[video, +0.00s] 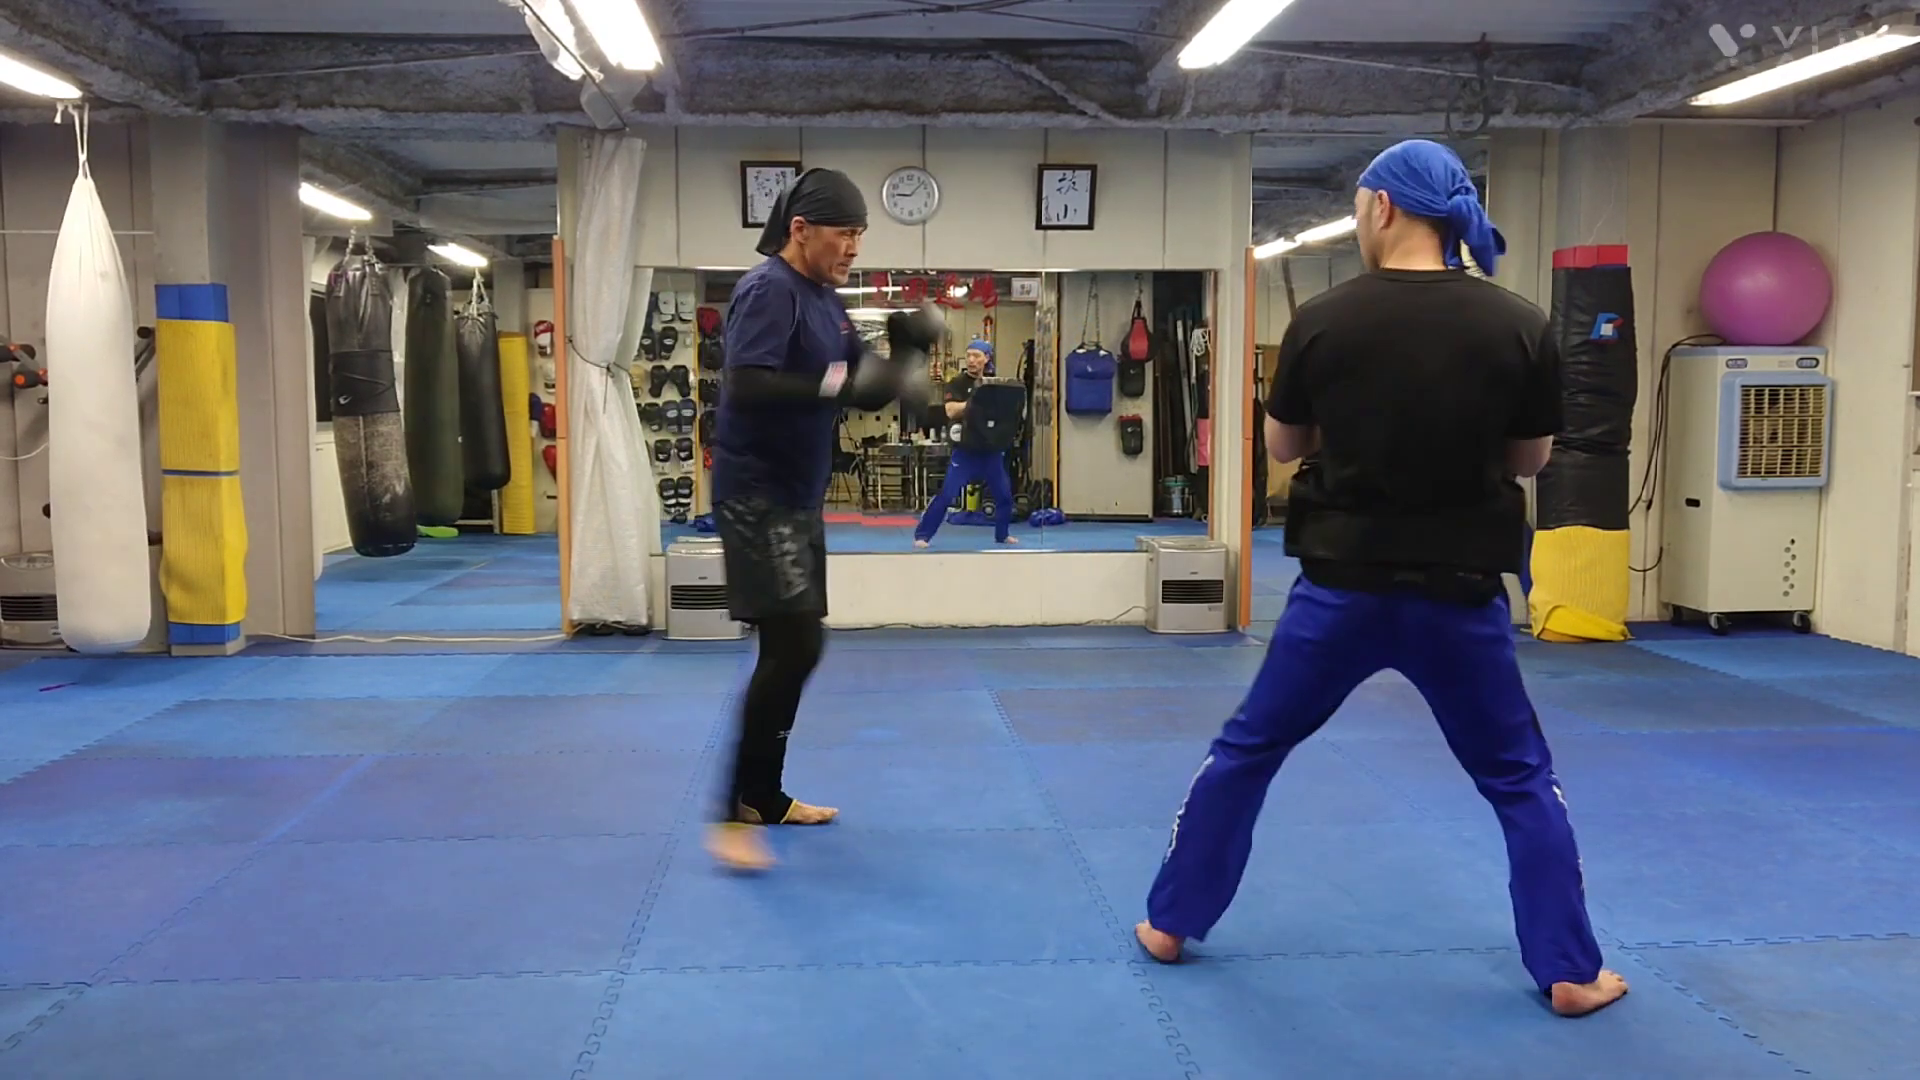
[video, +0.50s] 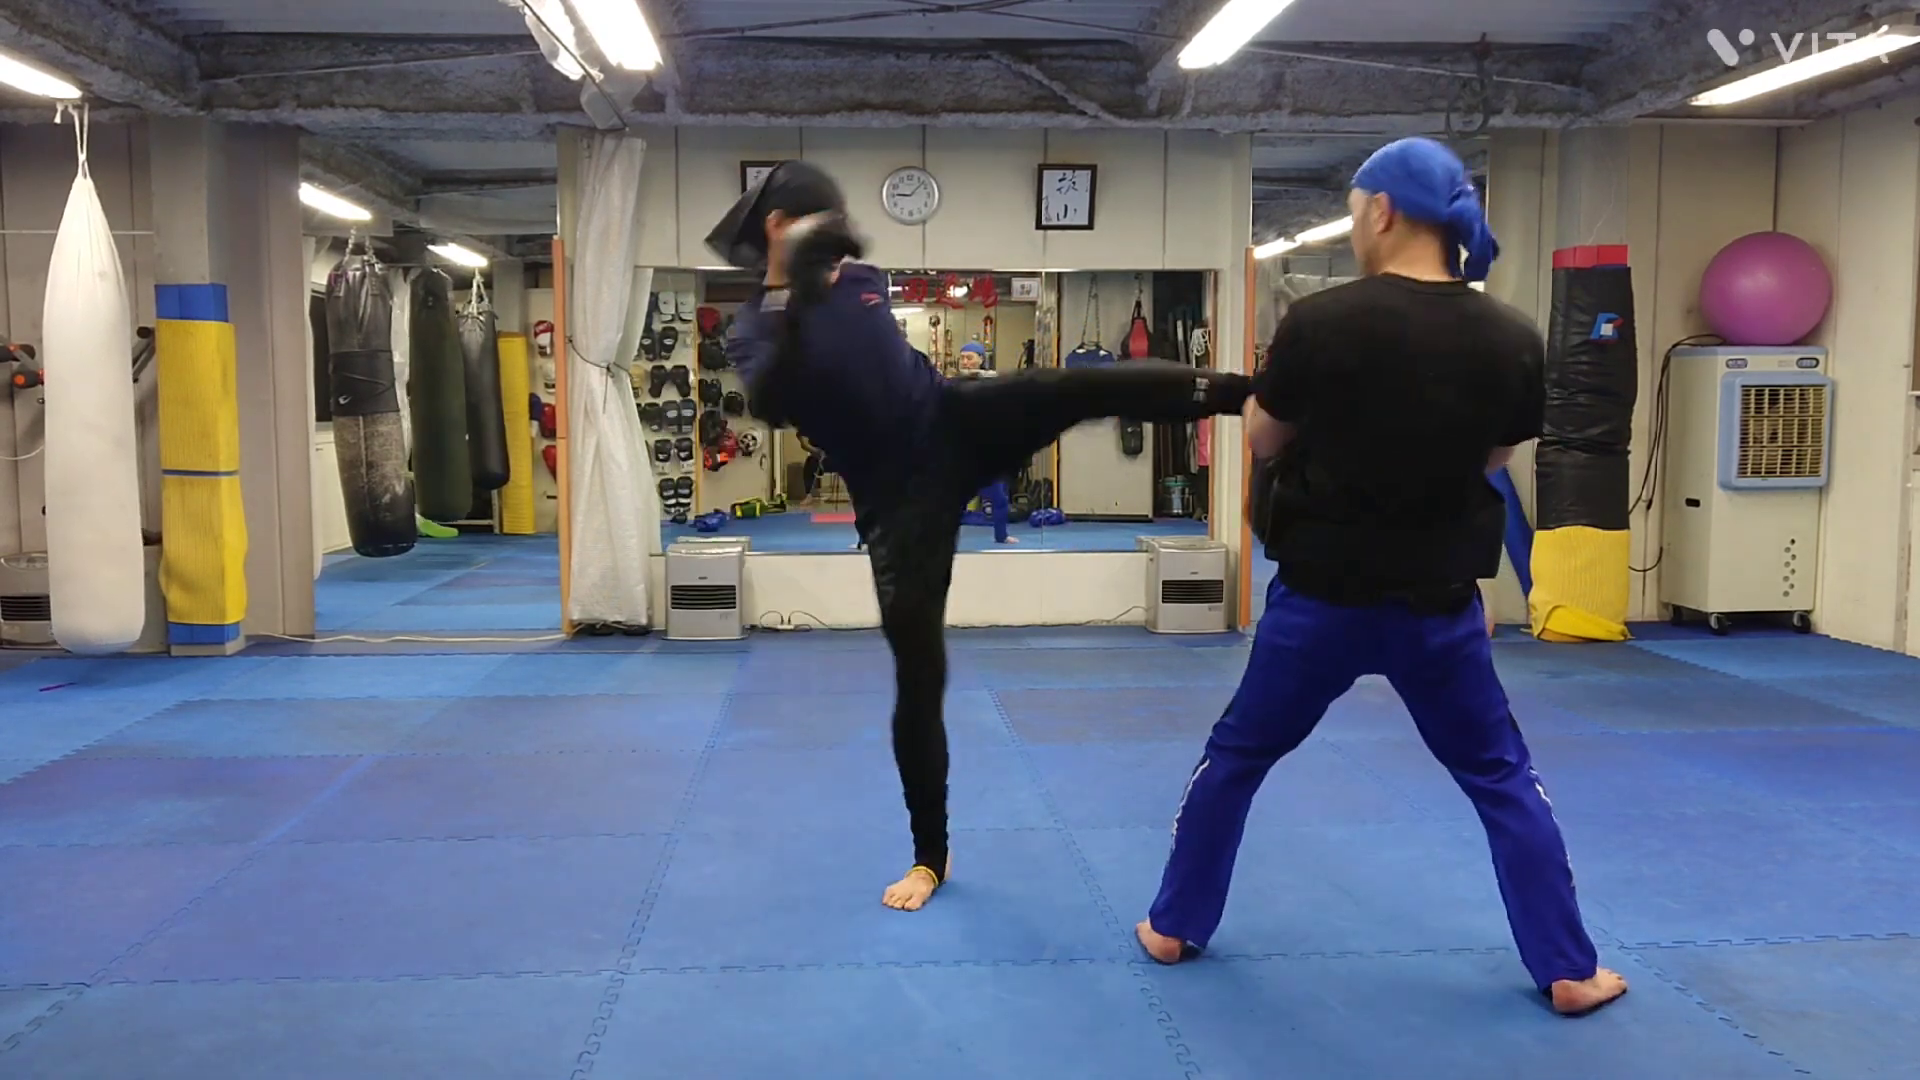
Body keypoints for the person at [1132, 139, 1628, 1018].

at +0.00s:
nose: (1354, 221)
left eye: (1360, 205)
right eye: (1360, 205)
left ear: (1385, 210)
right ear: (1451, 219)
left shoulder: (1329, 319)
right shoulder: (1520, 323)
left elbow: (1284, 445)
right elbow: (1531, 458)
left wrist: (1368, 424)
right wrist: (1450, 437)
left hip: (1339, 597)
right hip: (1463, 605)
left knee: (1246, 750)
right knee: (1520, 780)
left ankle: (1170, 924)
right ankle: (1569, 975)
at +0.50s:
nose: (1353, 225)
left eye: (1358, 209)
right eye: (1357, 209)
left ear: (1387, 215)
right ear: (1450, 224)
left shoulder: (1323, 321)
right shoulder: (1510, 339)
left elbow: (1265, 436)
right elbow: (1494, 457)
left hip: (1320, 605)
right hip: (1439, 609)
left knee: (1235, 758)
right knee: (1502, 776)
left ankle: (1174, 927)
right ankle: (1568, 972)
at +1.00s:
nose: (1384, 156)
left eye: (1390, 142)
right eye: (1390, 140)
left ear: (1417, 160)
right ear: (1487, 170)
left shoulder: (1335, 276)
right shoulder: (1546, 297)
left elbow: (1298, 415)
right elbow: (1568, 446)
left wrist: (1394, 391)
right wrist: (1489, 414)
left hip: (1349, 586)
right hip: (1478, 594)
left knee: (1276, 778)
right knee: (1539, 786)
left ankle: (1211, 970)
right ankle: (1578, 980)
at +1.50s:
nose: (1336, 144)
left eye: (1338, 128)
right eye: (1342, 128)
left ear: (1352, 136)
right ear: (1453, 138)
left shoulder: (1280, 272)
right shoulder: (1520, 263)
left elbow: (1277, 435)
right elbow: (1574, 433)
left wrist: (1380, 420)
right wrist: (1490, 397)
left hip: (1340, 619)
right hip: (1483, 621)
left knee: (1275, 823)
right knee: (1528, 877)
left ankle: (1204, 1035)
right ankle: (1536, 1069)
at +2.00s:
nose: (1303, 112)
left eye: (1307, 94)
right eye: (1309, 92)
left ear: (1325, 105)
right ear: (1420, 108)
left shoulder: (1253, 245)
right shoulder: (1504, 247)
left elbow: (1242, 402)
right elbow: (1549, 420)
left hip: (1303, 624)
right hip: (1455, 632)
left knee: (1235, 831)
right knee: (1515, 883)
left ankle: (1200, 1034)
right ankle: (1531, 1072)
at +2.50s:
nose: (1123, 62)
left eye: (1117, 44)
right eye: (1117, 44)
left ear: (1003, 70)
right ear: (1096, 60)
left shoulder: (979, 206)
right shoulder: (1060, 203)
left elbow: (1068, 380)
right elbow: (1170, 396)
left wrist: (1217, 320)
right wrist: (1245, 334)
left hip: (998, 617)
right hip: (1090, 623)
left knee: (1061, 877)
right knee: (1230, 878)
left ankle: (1018, 1072)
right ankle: (1162, 1063)